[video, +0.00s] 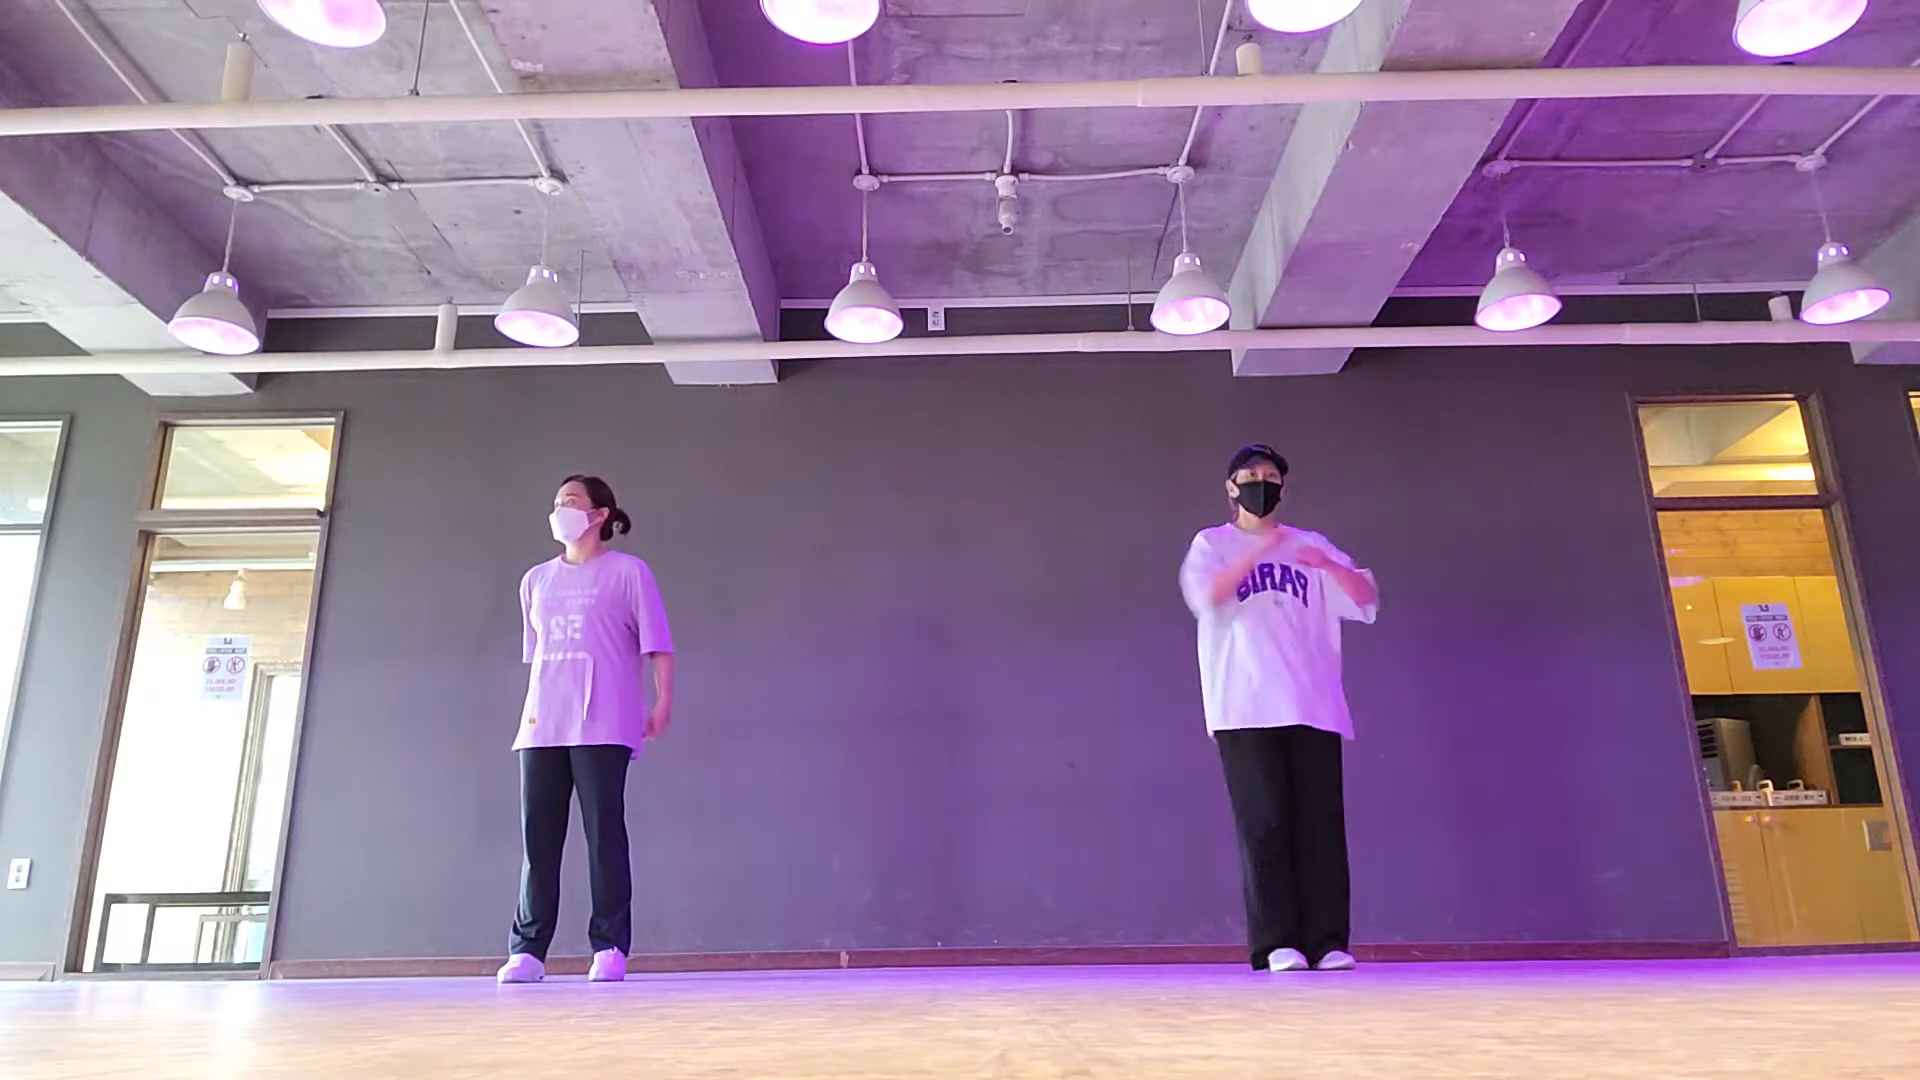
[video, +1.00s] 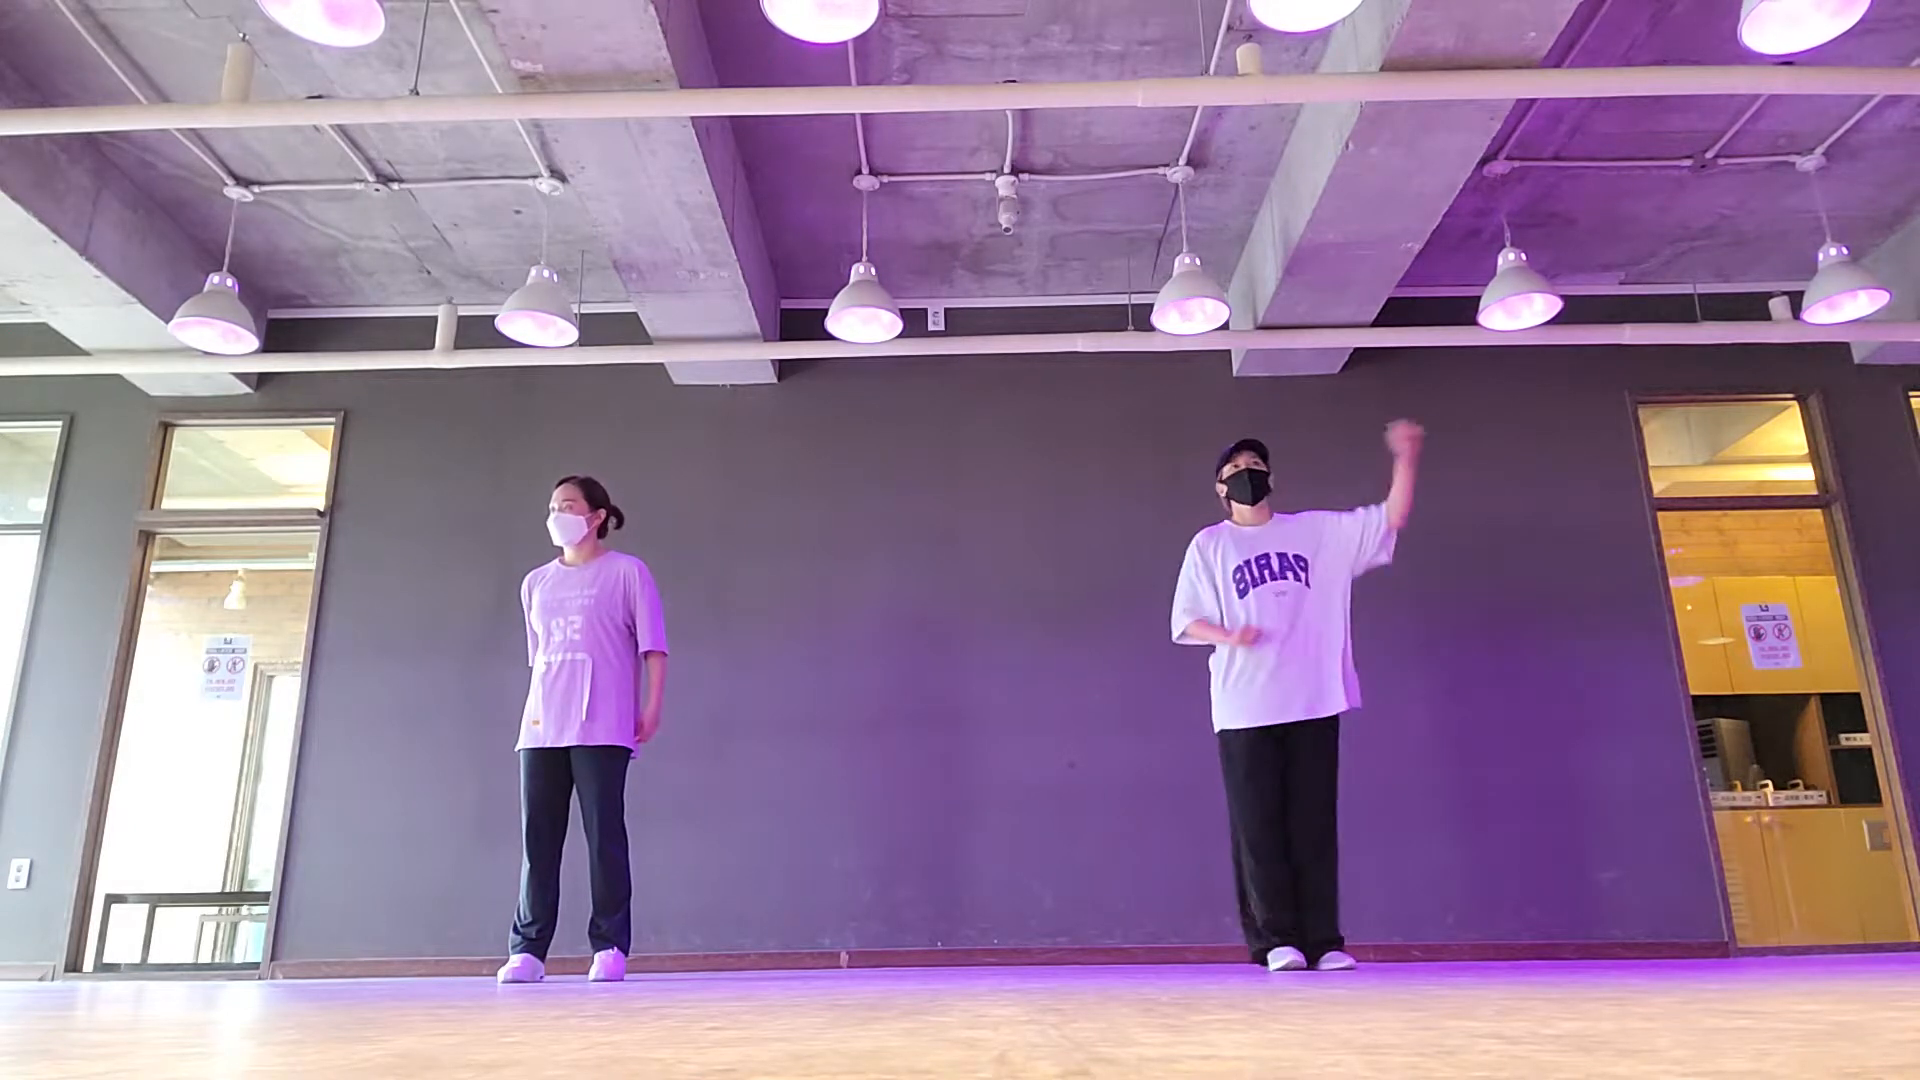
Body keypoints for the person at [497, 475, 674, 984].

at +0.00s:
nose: (561, 509)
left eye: (573, 502)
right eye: (558, 502)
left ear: (601, 516)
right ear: (552, 517)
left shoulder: (629, 572)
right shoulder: (535, 580)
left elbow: (659, 643)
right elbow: (537, 660)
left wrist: (663, 702)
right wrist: (529, 719)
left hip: (604, 722)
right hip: (543, 724)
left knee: (604, 836)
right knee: (537, 838)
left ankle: (609, 948)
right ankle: (528, 950)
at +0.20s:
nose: (558, 511)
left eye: (570, 504)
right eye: (555, 504)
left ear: (599, 516)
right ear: (550, 517)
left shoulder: (629, 573)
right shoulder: (536, 581)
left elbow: (656, 648)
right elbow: (537, 661)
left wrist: (654, 707)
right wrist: (530, 721)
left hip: (603, 724)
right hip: (542, 726)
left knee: (604, 838)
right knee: (538, 841)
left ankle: (609, 948)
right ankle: (527, 950)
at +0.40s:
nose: (556, 513)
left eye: (568, 506)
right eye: (554, 506)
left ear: (598, 516)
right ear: (549, 518)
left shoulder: (628, 572)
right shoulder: (536, 581)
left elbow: (656, 648)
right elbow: (537, 660)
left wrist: (653, 708)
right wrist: (531, 720)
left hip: (603, 723)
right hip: (542, 725)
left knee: (604, 838)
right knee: (538, 840)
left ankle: (609, 948)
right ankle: (527, 950)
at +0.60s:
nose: (556, 513)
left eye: (567, 506)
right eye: (553, 506)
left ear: (597, 517)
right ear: (548, 518)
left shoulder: (628, 571)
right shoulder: (536, 581)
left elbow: (656, 648)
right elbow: (538, 660)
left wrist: (653, 710)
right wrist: (533, 720)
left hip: (603, 722)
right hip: (543, 724)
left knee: (604, 838)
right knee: (538, 840)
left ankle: (609, 949)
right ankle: (527, 951)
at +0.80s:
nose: (556, 515)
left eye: (568, 508)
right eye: (553, 508)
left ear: (597, 517)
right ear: (547, 519)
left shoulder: (628, 572)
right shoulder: (535, 582)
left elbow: (655, 649)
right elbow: (537, 662)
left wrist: (651, 711)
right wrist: (532, 721)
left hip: (602, 722)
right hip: (542, 725)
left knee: (604, 839)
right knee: (538, 841)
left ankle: (609, 948)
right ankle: (527, 950)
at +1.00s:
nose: (556, 515)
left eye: (568, 508)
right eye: (553, 508)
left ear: (597, 518)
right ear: (547, 520)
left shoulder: (628, 572)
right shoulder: (535, 582)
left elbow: (654, 648)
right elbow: (538, 660)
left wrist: (650, 712)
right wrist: (534, 718)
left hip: (602, 721)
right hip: (542, 724)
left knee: (604, 838)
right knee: (538, 840)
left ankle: (609, 948)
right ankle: (527, 950)